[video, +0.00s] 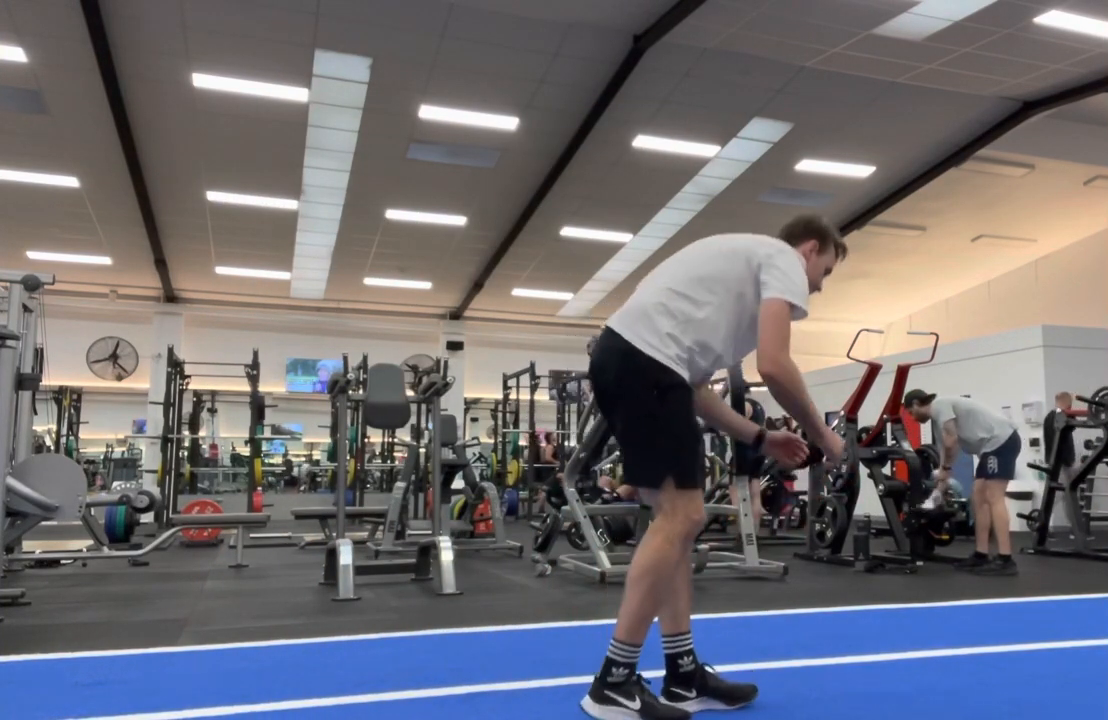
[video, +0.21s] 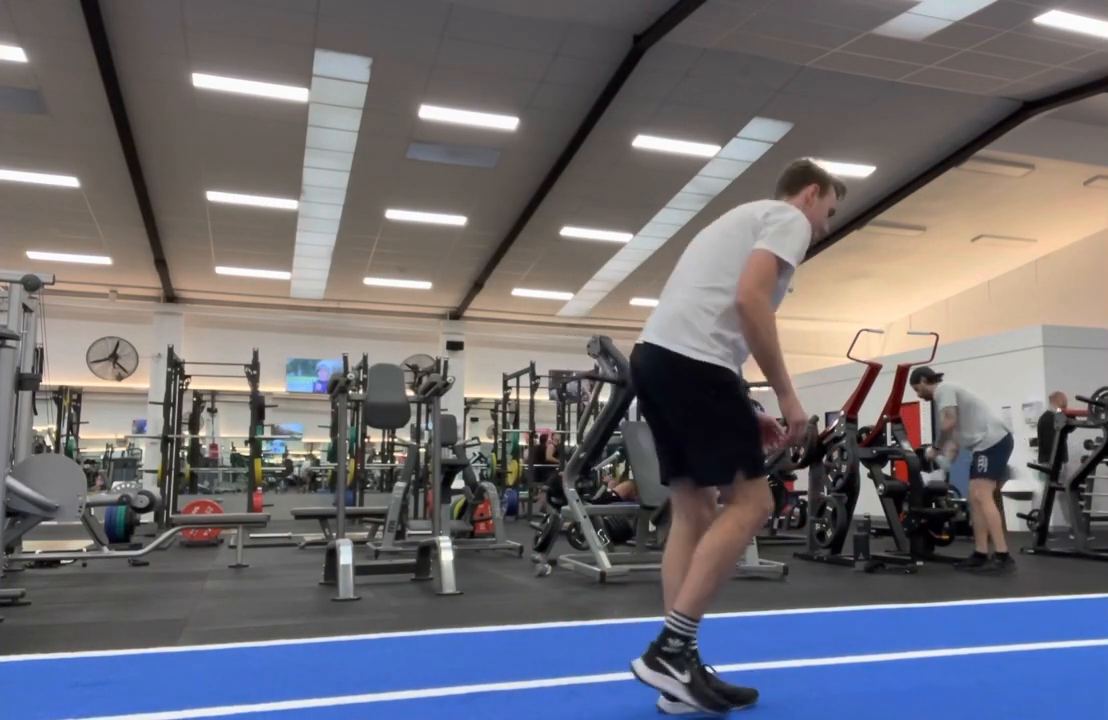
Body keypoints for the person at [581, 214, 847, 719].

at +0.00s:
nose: (821, 282)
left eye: (828, 275)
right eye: (827, 269)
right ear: (810, 249)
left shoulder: (734, 265)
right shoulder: (782, 258)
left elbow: (694, 388)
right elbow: (772, 364)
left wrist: (761, 436)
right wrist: (822, 434)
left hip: (630, 357)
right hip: (648, 360)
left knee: (677, 516)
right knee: (681, 514)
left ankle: (683, 671)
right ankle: (615, 679)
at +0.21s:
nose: (827, 223)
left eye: (831, 216)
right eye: (829, 212)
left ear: (789, 192)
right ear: (810, 195)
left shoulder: (737, 222)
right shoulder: (790, 219)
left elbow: (703, 334)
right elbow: (751, 296)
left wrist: (747, 415)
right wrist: (788, 394)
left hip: (655, 359)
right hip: (697, 365)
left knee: (691, 514)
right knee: (752, 503)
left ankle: (682, 672)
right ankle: (673, 647)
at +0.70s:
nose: (873, 184)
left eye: (876, 176)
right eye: (874, 174)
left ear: (828, 165)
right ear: (856, 163)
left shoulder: (774, 213)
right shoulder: (847, 202)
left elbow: (752, 307)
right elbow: (836, 295)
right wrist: (874, 386)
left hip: (748, 369)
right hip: (788, 371)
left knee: (815, 507)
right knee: (794, 517)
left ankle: (798, 652)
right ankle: (770, 674)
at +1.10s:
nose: (936, 261)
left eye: (942, 254)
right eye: (940, 251)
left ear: (904, 224)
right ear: (927, 231)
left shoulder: (844, 246)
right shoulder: (906, 248)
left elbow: (796, 332)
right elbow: (872, 323)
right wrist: (878, 422)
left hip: (768, 372)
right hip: (818, 371)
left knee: (824, 513)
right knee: (877, 503)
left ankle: (833, 664)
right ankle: (892, 659)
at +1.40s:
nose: (968, 379)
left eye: (975, 376)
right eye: (976, 370)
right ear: (972, 344)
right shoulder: (946, 340)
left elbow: (827, 419)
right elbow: (902, 421)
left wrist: (796, 503)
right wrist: (888, 513)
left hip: (772, 371)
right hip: (814, 376)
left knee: (828, 524)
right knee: (858, 523)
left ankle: (834, 665)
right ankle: (911, 667)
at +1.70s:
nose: (964, 459)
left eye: (972, 457)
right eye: (973, 451)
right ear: (979, 421)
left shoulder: (887, 412)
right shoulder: (958, 397)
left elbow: (866, 500)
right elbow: (940, 508)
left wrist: (852, 593)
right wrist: (952, 615)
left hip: (776, 370)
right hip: (814, 371)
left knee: (831, 516)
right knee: (859, 518)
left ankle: (834, 665)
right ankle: (910, 667)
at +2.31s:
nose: (1024, 342)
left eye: (1030, 337)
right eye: (1029, 332)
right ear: (1026, 310)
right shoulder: (1004, 308)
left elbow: (899, 419)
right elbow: (988, 419)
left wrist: (969, 457)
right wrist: (1026, 458)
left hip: (827, 366)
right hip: (872, 370)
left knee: (868, 514)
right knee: (924, 513)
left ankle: (835, 662)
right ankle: (927, 670)